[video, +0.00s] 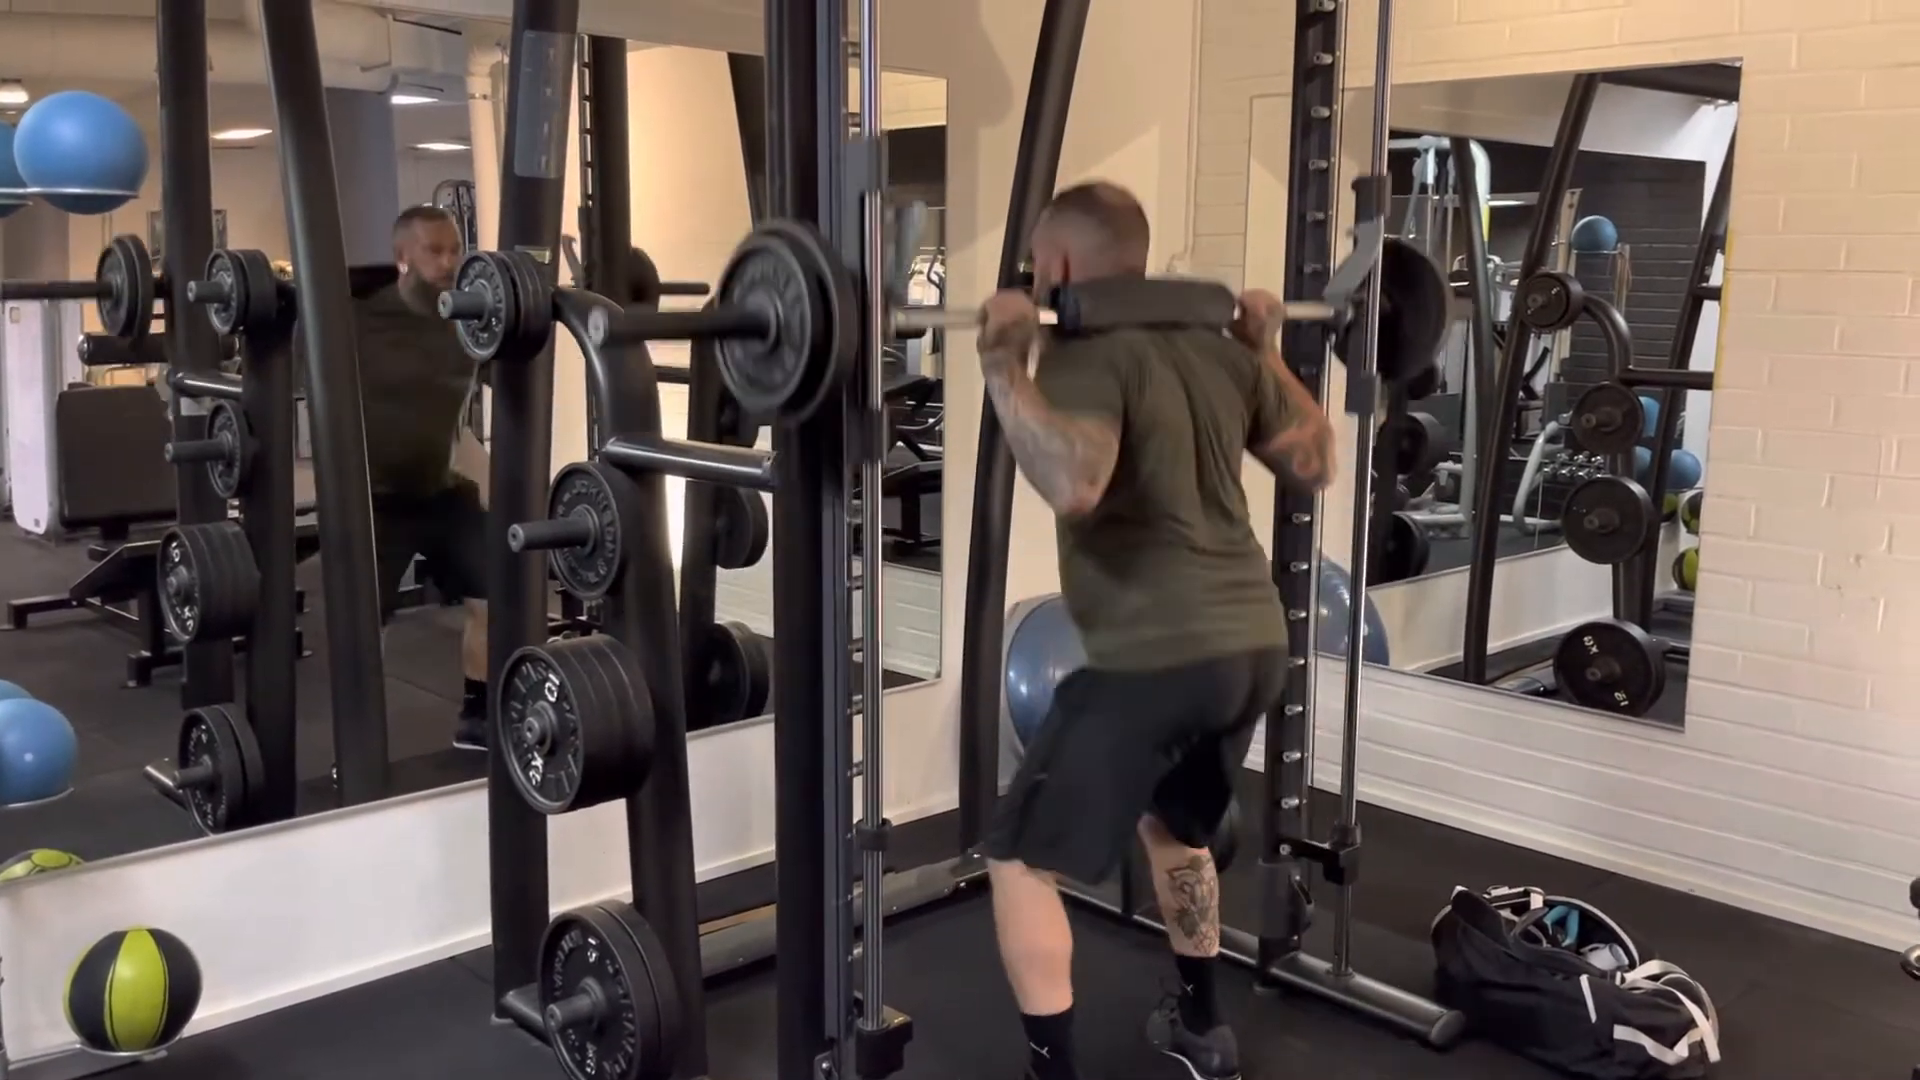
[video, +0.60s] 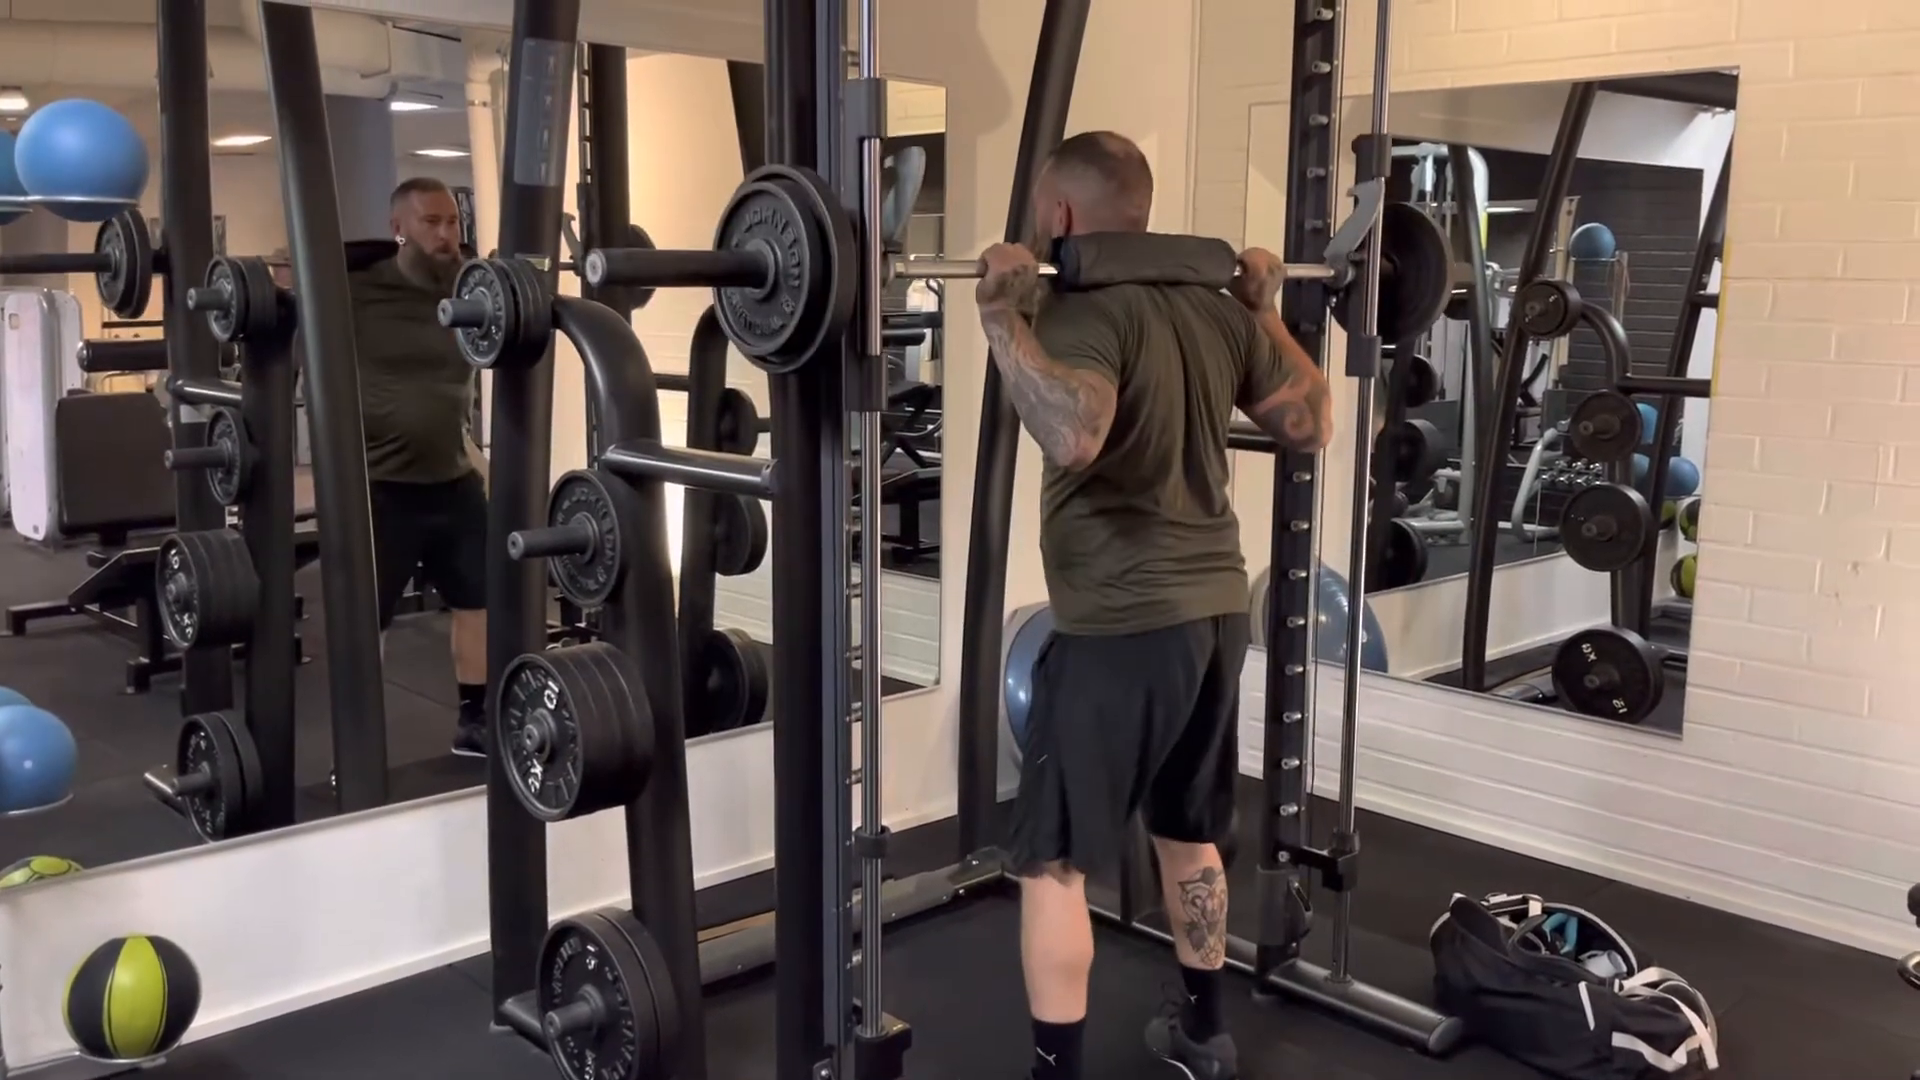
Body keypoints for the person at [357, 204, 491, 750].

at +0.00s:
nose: (448, 262)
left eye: (453, 250)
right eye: (435, 251)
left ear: (460, 252)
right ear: (402, 256)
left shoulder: (465, 318)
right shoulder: (363, 319)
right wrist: (274, 298)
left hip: (442, 490)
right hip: (374, 494)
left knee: (494, 584)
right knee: (361, 621)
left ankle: (478, 714)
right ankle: (354, 734)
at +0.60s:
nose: (449, 233)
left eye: (455, 221)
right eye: (434, 221)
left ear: (462, 226)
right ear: (399, 227)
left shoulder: (466, 291)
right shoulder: (355, 293)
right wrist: (277, 283)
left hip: (453, 482)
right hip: (378, 486)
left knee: (477, 596)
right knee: (362, 619)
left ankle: (477, 719)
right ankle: (353, 734)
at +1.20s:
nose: (449, 260)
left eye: (454, 248)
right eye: (435, 248)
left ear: (462, 251)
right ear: (401, 252)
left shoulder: (467, 313)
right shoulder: (356, 313)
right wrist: (264, 290)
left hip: (445, 495)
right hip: (372, 499)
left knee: (486, 593)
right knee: (353, 625)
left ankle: (476, 726)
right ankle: (350, 744)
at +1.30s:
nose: (447, 289)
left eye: (452, 278)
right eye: (435, 277)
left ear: (457, 280)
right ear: (404, 279)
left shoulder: (460, 344)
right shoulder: (361, 339)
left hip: (445, 510)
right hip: (376, 511)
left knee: (494, 594)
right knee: (355, 630)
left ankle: (476, 726)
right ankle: (352, 752)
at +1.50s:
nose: (453, 365)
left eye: (457, 350)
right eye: (438, 351)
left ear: (467, 353)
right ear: (405, 358)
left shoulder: (471, 408)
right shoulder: (363, 412)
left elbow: (500, 448)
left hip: (436, 551)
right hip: (367, 556)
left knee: (509, 604)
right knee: (352, 644)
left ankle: (477, 726)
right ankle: (353, 756)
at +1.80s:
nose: (454, 451)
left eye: (462, 437)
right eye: (441, 438)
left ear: (470, 435)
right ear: (408, 439)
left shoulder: (477, 485)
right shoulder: (363, 485)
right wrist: (292, 492)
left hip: (435, 616)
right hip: (365, 620)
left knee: (509, 617)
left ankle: (477, 729)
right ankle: (352, 761)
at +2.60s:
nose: (455, 379)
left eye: (461, 366)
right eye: (441, 366)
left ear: (470, 368)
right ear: (407, 370)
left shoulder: (473, 423)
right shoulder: (364, 420)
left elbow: (514, 467)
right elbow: (293, 470)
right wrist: (287, 421)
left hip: (430, 560)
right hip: (360, 565)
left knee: (508, 608)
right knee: (353, 653)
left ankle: (480, 728)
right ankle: (356, 765)